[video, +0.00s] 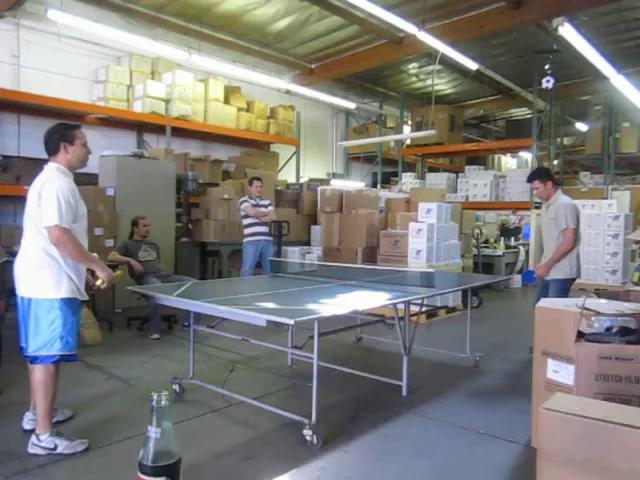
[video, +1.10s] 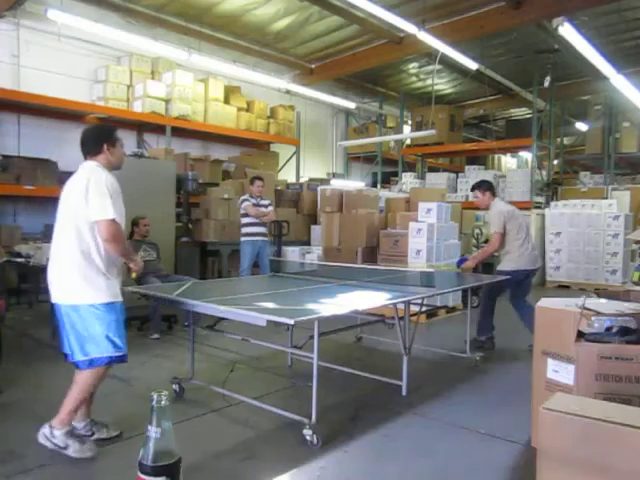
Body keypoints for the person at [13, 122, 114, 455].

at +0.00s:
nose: (88, 151)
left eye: (86, 145)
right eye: (83, 145)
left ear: (62, 147)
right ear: (64, 147)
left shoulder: (52, 178)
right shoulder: (55, 181)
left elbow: (58, 236)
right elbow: (58, 235)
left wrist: (90, 264)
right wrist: (97, 265)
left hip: (42, 284)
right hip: (49, 287)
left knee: (40, 353)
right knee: (48, 358)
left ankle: (38, 411)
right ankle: (43, 435)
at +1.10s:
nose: (124, 152)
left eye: (122, 145)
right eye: (120, 146)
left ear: (95, 149)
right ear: (106, 148)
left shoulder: (81, 177)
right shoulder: (99, 177)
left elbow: (89, 234)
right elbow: (110, 234)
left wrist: (127, 238)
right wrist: (131, 258)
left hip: (70, 285)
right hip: (89, 287)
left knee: (90, 357)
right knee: (103, 356)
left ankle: (82, 423)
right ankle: (57, 428)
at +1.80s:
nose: (120, 171)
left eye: (119, 165)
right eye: (117, 165)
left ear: (91, 169)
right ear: (104, 168)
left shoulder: (71, 199)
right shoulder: (109, 200)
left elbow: (68, 247)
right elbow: (131, 257)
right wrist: (142, 273)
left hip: (61, 292)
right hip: (94, 299)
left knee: (78, 337)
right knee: (125, 366)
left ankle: (45, 384)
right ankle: (102, 457)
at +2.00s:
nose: (105, 175)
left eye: (102, 170)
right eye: (100, 170)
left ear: (80, 175)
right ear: (85, 174)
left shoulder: (66, 200)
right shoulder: (81, 206)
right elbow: (81, 257)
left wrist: (107, 259)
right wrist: (108, 275)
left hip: (46, 287)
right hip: (65, 293)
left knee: (57, 345)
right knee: (83, 360)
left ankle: (30, 394)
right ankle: (91, 445)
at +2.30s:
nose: (93, 169)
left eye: (92, 164)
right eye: (89, 164)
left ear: (69, 166)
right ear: (73, 165)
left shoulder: (55, 189)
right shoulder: (65, 190)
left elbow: (55, 237)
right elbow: (62, 237)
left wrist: (82, 257)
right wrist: (84, 257)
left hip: (25, 278)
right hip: (41, 280)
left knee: (40, 342)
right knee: (52, 347)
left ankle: (32, 393)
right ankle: (39, 429)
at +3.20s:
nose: (84, 179)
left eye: (84, 174)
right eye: (81, 174)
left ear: (56, 174)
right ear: (65, 174)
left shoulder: (29, 197)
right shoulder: (67, 200)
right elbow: (94, 240)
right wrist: (121, 252)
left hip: (7, 282)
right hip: (32, 284)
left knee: (35, 345)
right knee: (42, 350)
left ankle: (30, 396)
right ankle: (32, 431)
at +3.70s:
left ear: (52, 171)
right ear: (70, 172)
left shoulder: (34, 196)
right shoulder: (67, 199)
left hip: (9, 280)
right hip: (35, 284)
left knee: (35, 346)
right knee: (44, 353)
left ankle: (26, 396)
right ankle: (40, 424)